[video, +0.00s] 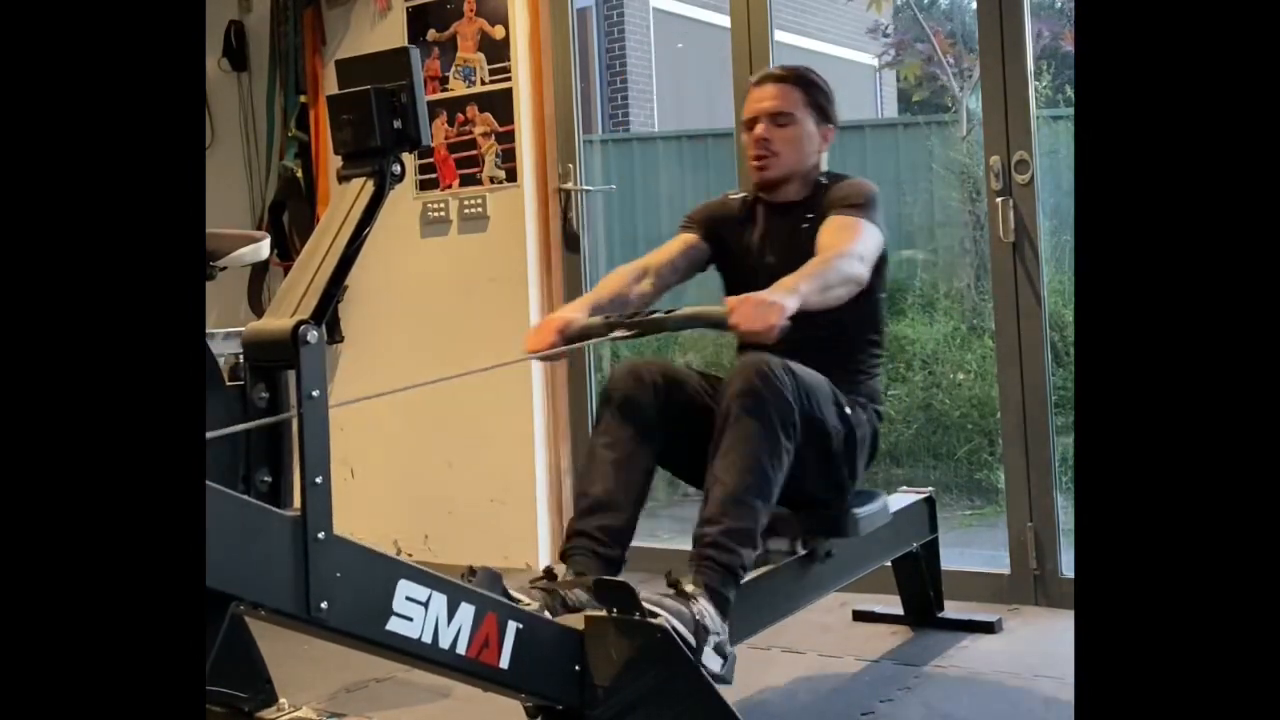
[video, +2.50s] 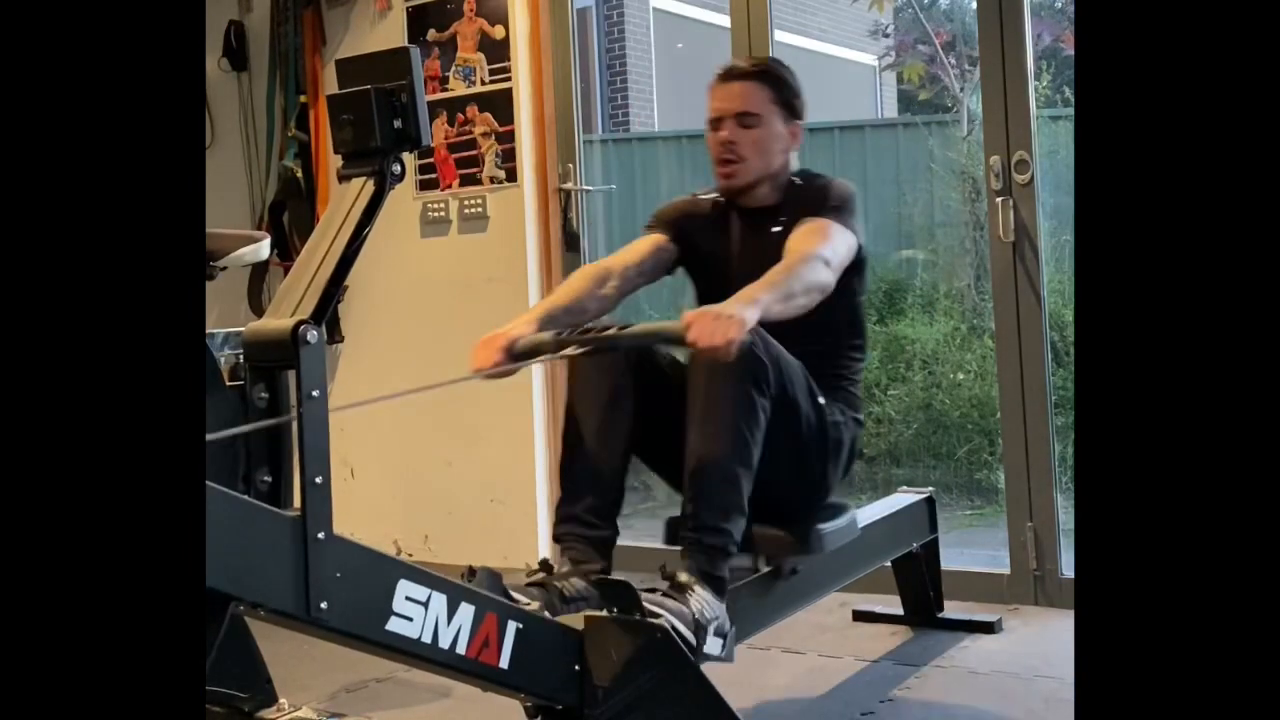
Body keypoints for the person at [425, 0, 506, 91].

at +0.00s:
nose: (471, 7)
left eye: (473, 4)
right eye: (468, 4)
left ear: (476, 7)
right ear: (463, 8)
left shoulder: (480, 22)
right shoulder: (457, 25)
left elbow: (493, 34)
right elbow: (445, 36)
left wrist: (498, 32)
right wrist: (435, 36)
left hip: (474, 60)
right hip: (460, 59)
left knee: (474, 89)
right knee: (458, 89)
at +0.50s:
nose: (471, 7)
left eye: (473, 4)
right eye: (468, 4)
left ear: (476, 7)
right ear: (463, 8)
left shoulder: (480, 22)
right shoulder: (457, 25)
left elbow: (493, 34)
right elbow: (445, 36)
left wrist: (498, 32)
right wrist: (435, 36)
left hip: (474, 60)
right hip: (460, 59)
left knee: (474, 89)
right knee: (458, 89)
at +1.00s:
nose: (471, 8)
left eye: (473, 6)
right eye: (468, 6)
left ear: (476, 8)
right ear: (463, 8)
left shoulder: (480, 22)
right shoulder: (457, 25)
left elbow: (493, 33)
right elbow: (445, 36)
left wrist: (498, 32)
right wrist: (435, 36)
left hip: (474, 60)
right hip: (460, 59)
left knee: (474, 88)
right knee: (457, 88)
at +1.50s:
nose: (471, 9)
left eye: (473, 6)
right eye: (468, 6)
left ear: (476, 8)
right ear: (463, 8)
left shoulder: (480, 22)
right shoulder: (457, 25)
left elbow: (493, 33)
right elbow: (445, 36)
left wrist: (498, 32)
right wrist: (435, 36)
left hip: (474, 60)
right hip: (460, 59)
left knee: (474, 89)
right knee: (458, 89)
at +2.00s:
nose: (471, 9)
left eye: (473, 7)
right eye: (468, 8)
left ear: (475, 8)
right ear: (463, 8)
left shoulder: (480, 22)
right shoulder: (458, 25)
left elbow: (493, 34)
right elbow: (445, 36)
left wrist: (498, 32)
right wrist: (435, 36)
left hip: (474, 60)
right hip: (460, 59)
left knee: (474, 89)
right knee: (458, 89)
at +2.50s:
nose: (471, 7)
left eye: (473, 5)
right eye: (468, 5)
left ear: (476, 8)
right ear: (463, 8)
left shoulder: (480, 22)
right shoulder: (457, 25)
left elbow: (493, 34)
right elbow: (445, 36)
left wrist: (498, 32)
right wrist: (435, 36)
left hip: (474, 60)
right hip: (460, 59)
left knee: (474, 89)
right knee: (459, 90)